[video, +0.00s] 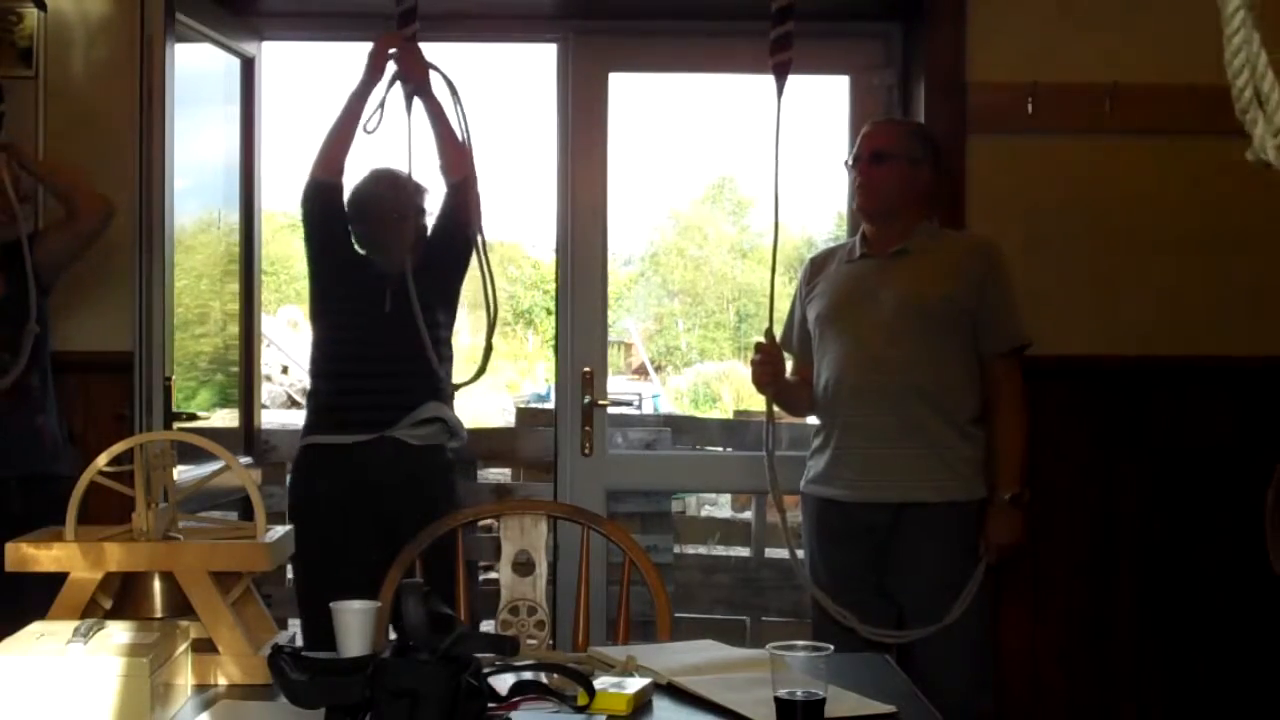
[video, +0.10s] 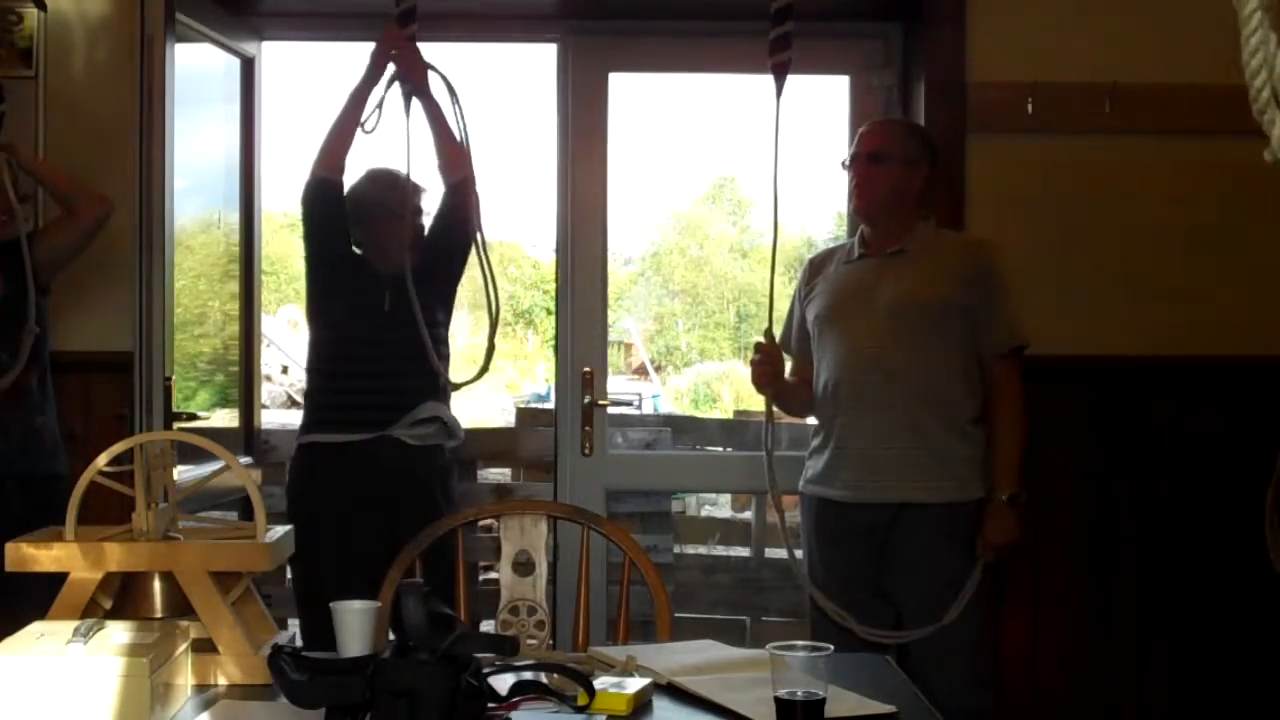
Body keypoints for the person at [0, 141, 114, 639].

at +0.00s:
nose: (11, 206)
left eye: (13, 197)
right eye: (8, 197)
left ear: (19, 204)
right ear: (10, 207)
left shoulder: (23, 264)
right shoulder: (23, 264)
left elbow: (93, 211)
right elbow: (93, 212)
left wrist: (29, 162)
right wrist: (30, 162)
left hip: (33, 454)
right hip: (24, 457)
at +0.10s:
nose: (8, 210)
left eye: (10, 202)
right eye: (4, 203)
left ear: (18, 207)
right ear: (8, 213)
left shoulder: (23, 263)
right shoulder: (22, 263)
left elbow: (93, 208)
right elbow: (93, 208)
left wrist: (23, 157)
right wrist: (24, 159)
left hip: (32, 451)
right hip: (23, 454)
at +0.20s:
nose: (8, 211)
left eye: (11, 202)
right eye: (4, 203)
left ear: (18, 207)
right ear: (7, 214)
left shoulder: (22, 265)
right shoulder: (22, 265)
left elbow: (92, 207)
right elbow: (92, 207)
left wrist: (22, 158)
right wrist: (23, 159)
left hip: (31, 452)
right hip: (21, 456)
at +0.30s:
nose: (8, 213)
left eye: (10, 204)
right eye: (5, 204)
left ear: (18, 210)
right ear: (8, 214)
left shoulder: (23, 265)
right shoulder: (22, 265)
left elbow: (92, 212)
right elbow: (92, 213)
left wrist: (24, 157)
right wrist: (25, 158)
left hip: (30, 463)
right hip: (23, 466)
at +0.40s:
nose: (9, 213)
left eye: (10, 204)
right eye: (6, 205)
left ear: (17, 209)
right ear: (9, 213)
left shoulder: (21, 266)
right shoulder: (21, 267)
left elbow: (96, 223)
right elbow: (96, 223)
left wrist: (27, 161)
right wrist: (27, 161)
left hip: (30, 459)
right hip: (23, 462)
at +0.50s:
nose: (12, 214)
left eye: (10, 203)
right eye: (7, 202)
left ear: (15, 212)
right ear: (10, 215)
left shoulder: (21, 267)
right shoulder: (19, 268)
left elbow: (95, 225)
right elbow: (95, 225)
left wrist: (27, 154)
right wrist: (29, 154)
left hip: (28, 462)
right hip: (21, 465)